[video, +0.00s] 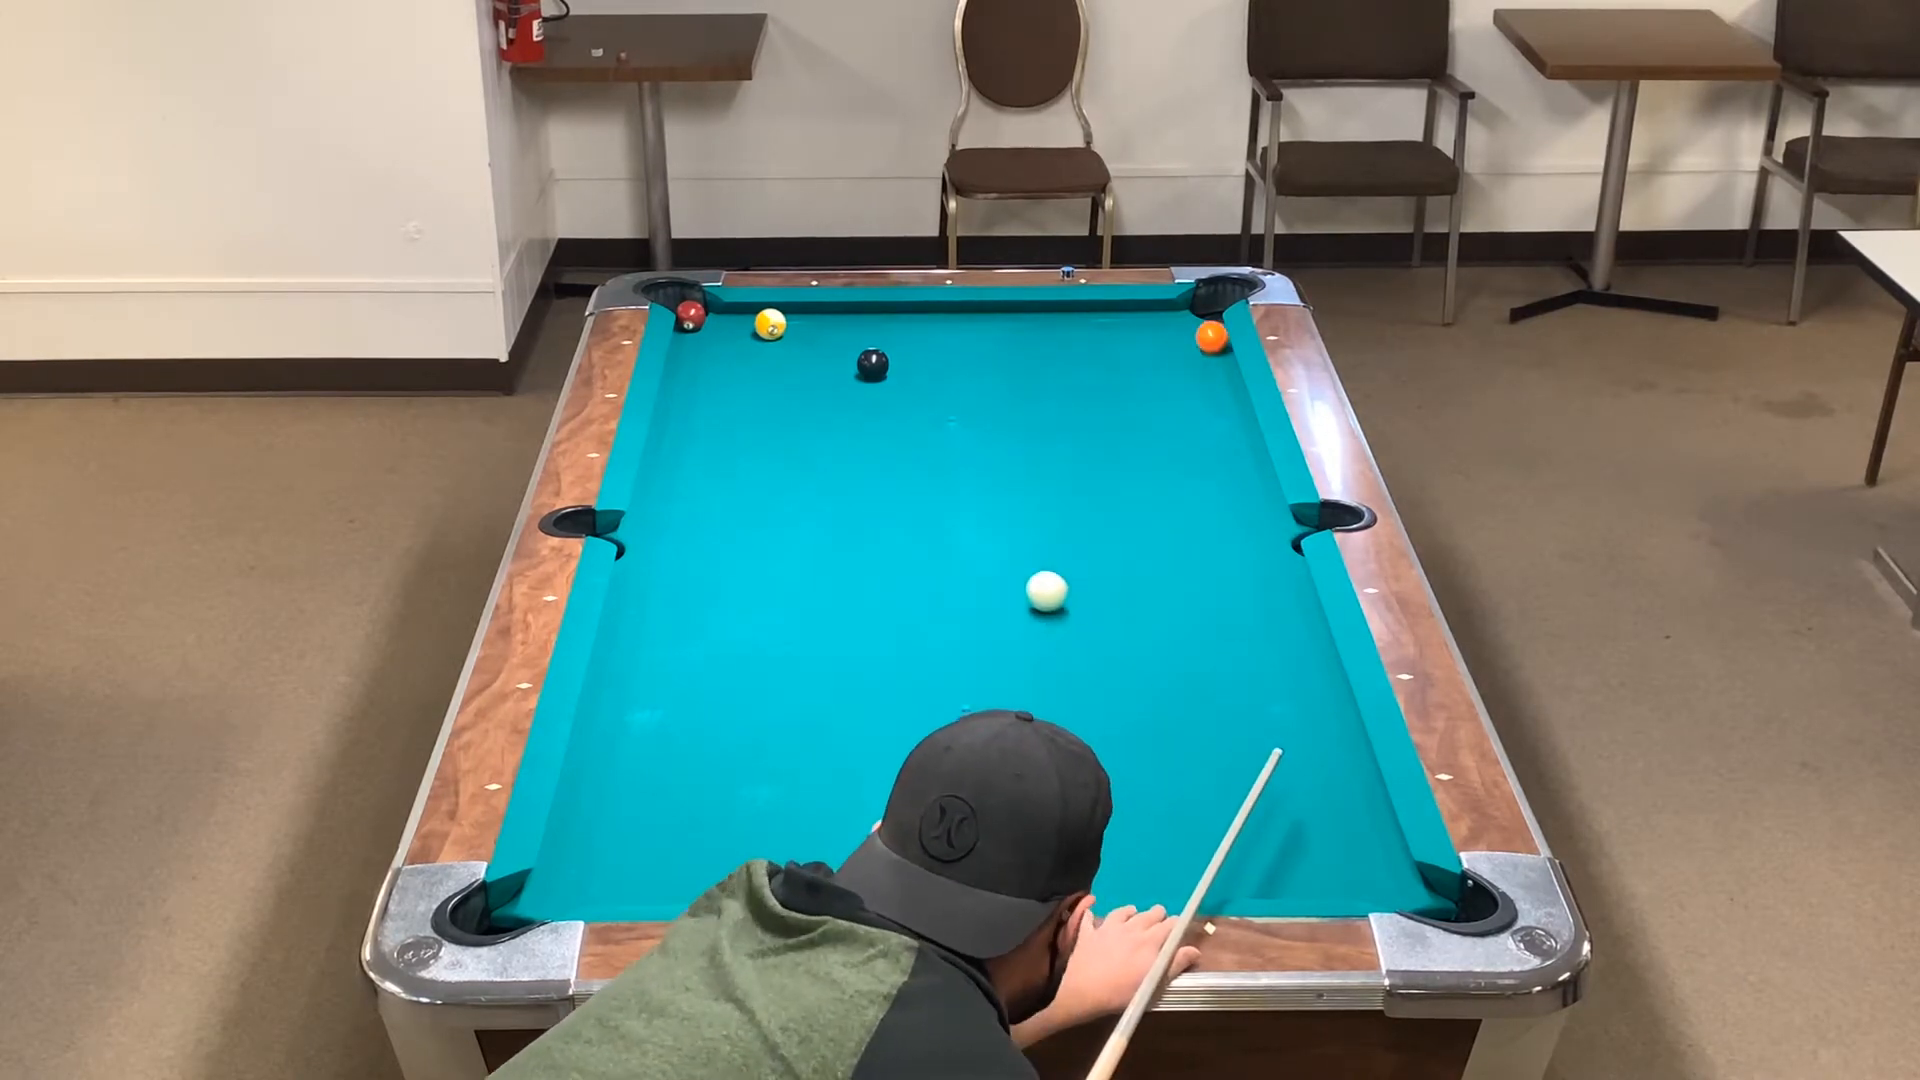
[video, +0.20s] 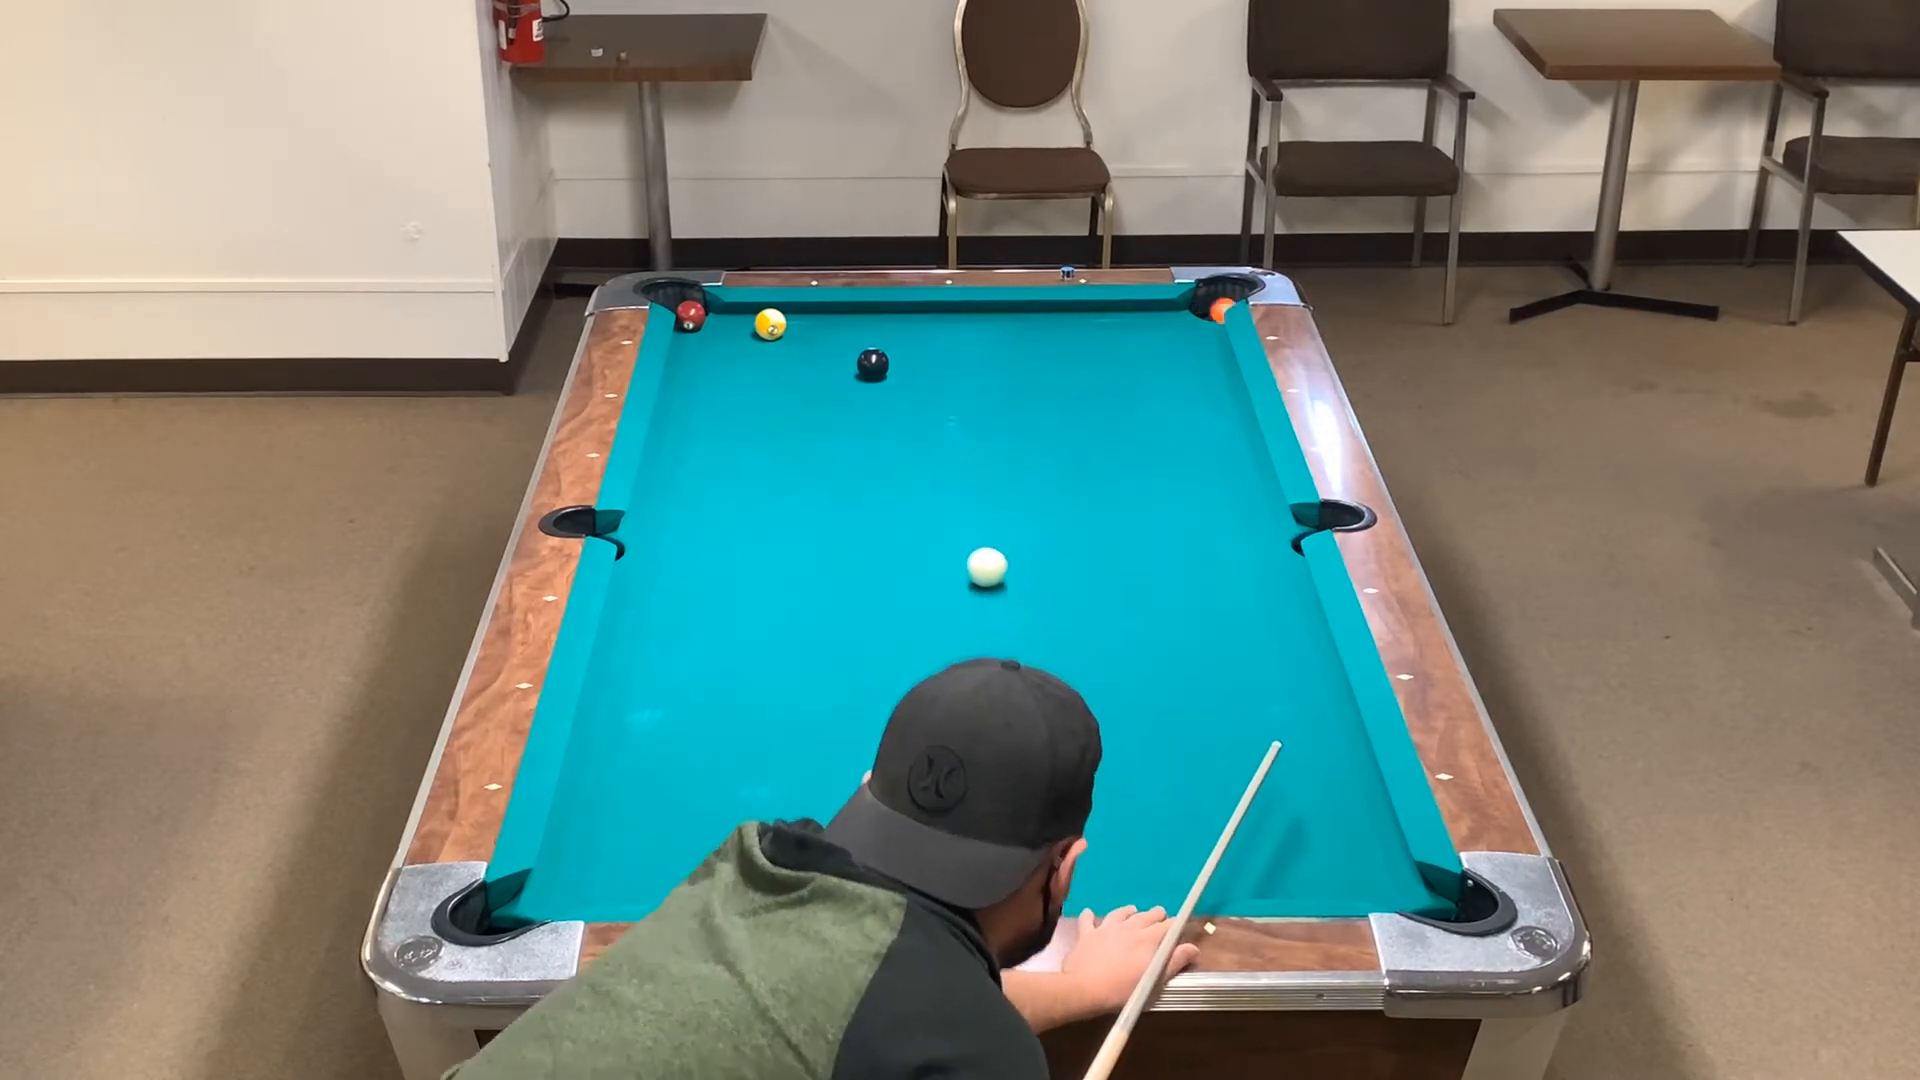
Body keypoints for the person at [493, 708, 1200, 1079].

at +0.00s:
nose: (1074, 929)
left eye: (1080, 913)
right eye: (1078, 913)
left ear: (890, 829)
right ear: (1059, 924)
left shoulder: (752, 897)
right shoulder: (950, 1042)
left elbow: (854, 1036)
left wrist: (1063, 1004)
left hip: (546, 1056)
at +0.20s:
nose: (1068, 874)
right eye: (1069, 853)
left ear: (878, 786)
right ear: (1055, 867)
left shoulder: (754, 857)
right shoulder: (966, 1031)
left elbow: (859, 1004)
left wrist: (1059, 985)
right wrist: (1074, 988)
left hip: (510, 1052)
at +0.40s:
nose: (1056, 751)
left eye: (1053, 729)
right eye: (1057, 733)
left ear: (854, 688)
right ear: (1040, 759)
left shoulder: (750, 793)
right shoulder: (967, 971)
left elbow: (821, 947)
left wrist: (1057, 972)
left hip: (465, 1044)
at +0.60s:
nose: (1019, 613)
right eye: (1023, 592)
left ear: (806, 578)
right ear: (1003, 620)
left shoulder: (709, 709)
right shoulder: (942, 862)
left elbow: (800, 892)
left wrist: (1040, 955)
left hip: (430, 1048)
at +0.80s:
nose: (962, 483)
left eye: (953, 458)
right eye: (959, 463)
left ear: (752, 461)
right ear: (942, 491)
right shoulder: (900, 755)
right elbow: (870, 1061)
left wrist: (1016, 952)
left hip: (425, 1047)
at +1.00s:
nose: (900, 388)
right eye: (896, 373)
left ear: (677, 387)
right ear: (884, 403)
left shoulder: (566, 579)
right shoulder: (869, 696)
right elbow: (885, 1056)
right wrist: (978, 1055)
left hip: (457, 1050)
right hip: (704, 1064)